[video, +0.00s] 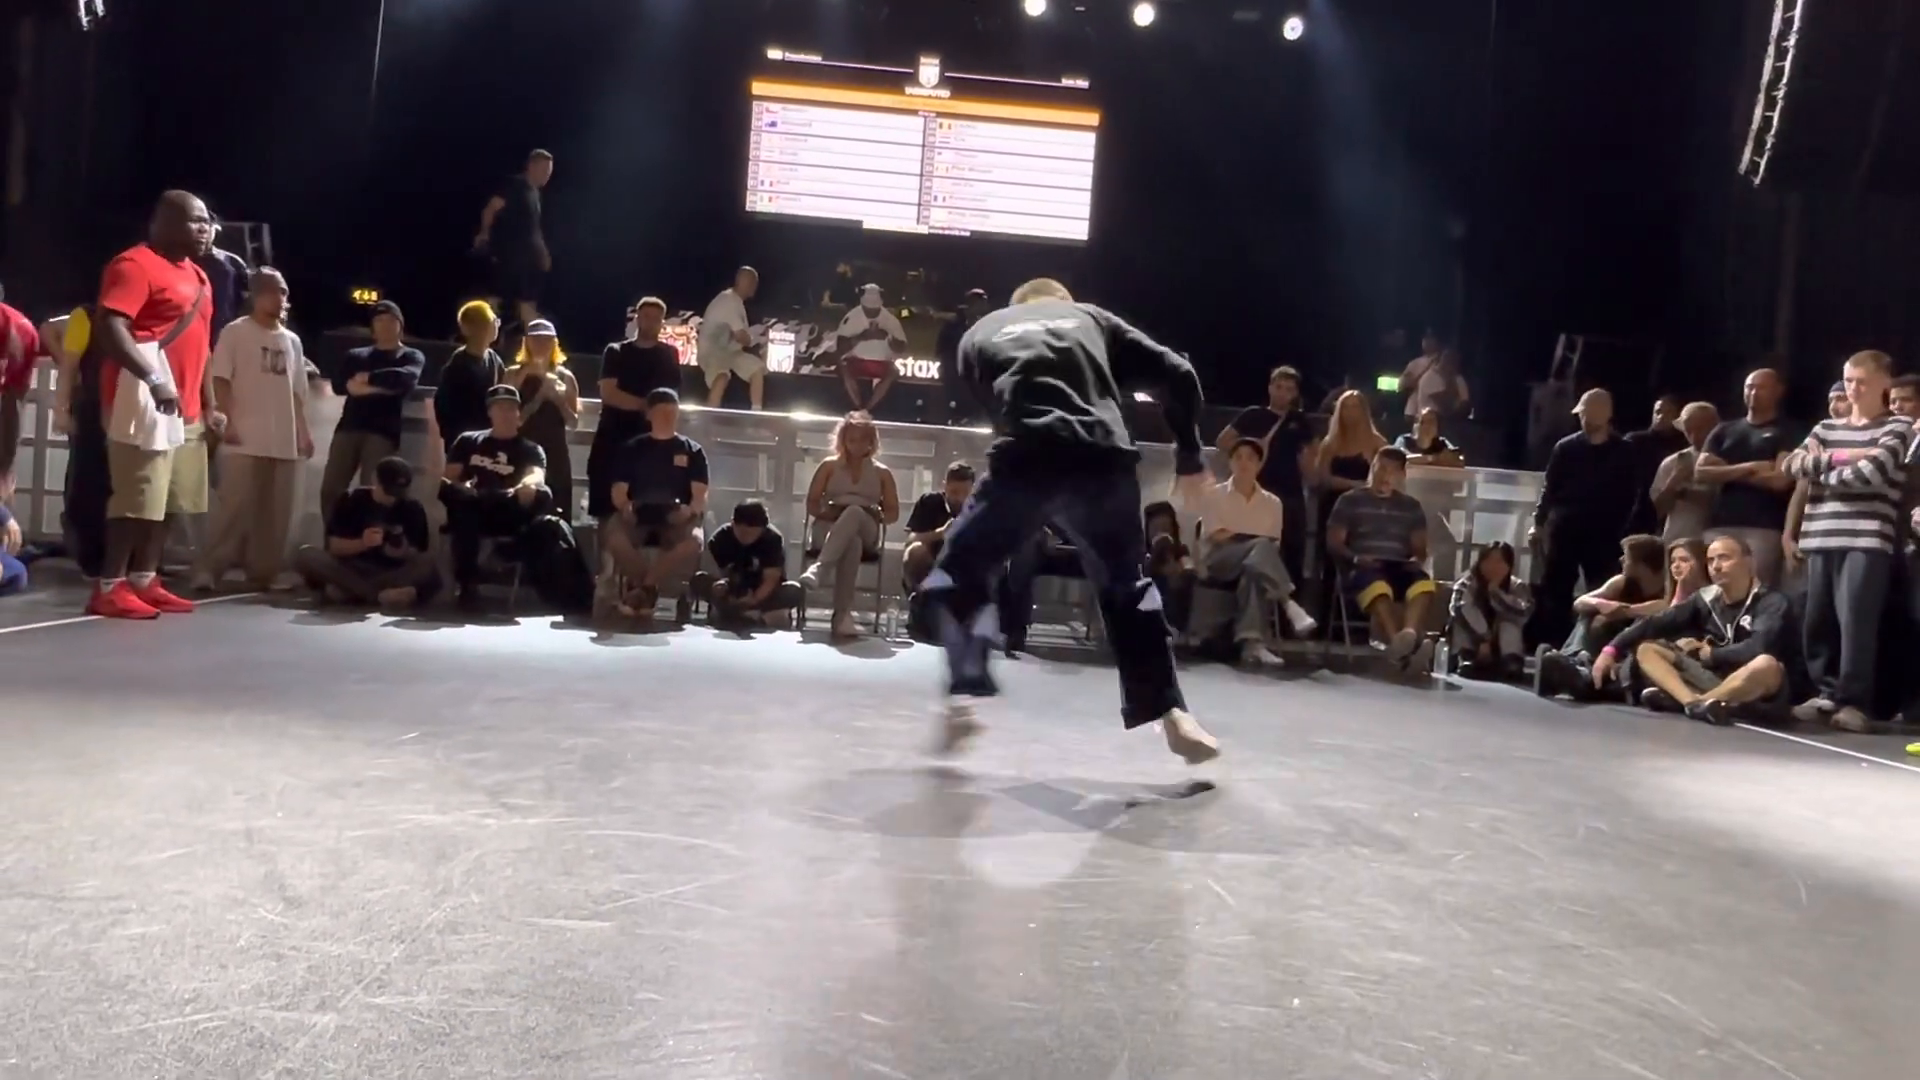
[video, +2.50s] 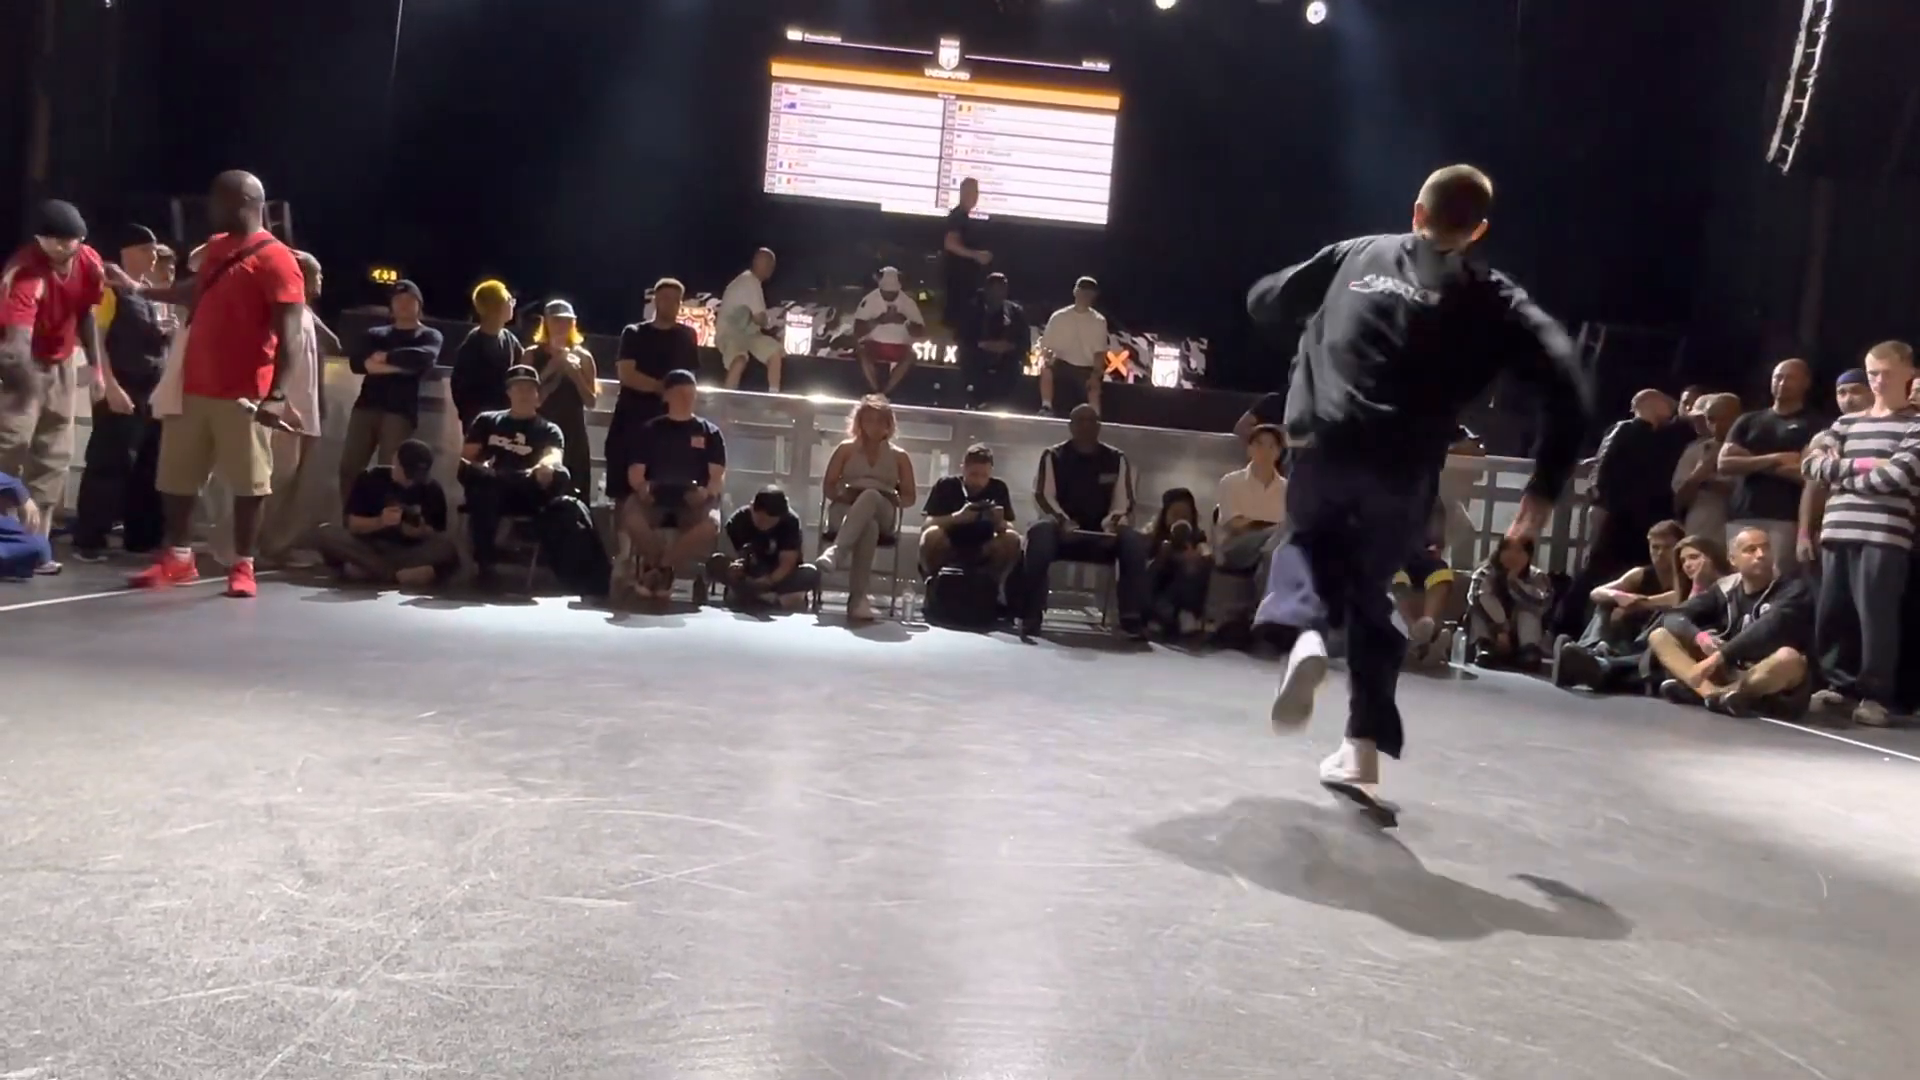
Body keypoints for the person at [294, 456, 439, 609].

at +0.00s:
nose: (392, 500)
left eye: (397, 495)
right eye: (388, 494)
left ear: (405, 489)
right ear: (376, 484)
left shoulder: (412, 509)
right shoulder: (352, 500)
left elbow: (421, 553)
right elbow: (334, 547)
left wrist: (403, 552)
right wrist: (363, 544)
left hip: (394, 572)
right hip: (353, 568)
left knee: (427, 566)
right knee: (307, 556)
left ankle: (354, 594)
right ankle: (377, 595)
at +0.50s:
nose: (399, 490)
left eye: (405, 486)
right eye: (395, 484)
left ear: (413, 480)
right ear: (383, 472)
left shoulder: (419, 499)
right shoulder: (359, 491)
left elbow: (428, 542)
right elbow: (341, 537)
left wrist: (406, 541)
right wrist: (368, 534)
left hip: (400, 561)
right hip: (360, 558)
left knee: (434, 558)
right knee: (315, 546)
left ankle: (361, 585)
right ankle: (384, 587)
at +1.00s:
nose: (403, 487)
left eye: (409, 483)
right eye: (400, 480)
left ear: (418, 476)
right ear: (389, 467)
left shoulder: (425, 494)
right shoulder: (364, 486)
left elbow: (432, 535)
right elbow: (347, 531)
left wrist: (407, 535)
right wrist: (378, 528)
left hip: (406, 555)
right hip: (365, 551)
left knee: (441, 556)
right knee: (321, 541)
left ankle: (368, 580)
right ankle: (390, 580)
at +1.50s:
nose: (407, 484)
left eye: (414, 480)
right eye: (405, 477)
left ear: (423, 474)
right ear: (395, 464)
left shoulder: (429, 489)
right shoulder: (369, 480)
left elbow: (437, 531)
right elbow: (351, 525)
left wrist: (415, 531)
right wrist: (380, 523)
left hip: (410, 550)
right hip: (369, 547)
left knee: (444, 550)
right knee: (323, 535)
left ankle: (370, 573)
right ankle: (394, 574)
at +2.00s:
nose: (408, 482)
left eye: (415, 479)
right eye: (405, 476)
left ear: (425, 472)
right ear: (395, 462)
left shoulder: (430, 489)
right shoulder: (369, 479)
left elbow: (438, 530)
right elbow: (351, 524)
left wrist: (419, 531)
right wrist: (380, 522)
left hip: (411, 549)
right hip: (370, 546)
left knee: (445, 548)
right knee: (326, 534)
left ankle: (373, 573)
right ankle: (394, 574)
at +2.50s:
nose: (408, 483)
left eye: (415, 480)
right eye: (405, 477)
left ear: (424, 473)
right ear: (396, 462)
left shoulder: (431, 489)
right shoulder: (370, 479)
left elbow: (438, 532)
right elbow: (353, 524)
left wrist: (419, 530)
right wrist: (381, 522)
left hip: (411, 549)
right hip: (369, 545)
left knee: (446, 550)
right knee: (324, 534)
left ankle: (372, 573)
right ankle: (393, 575)